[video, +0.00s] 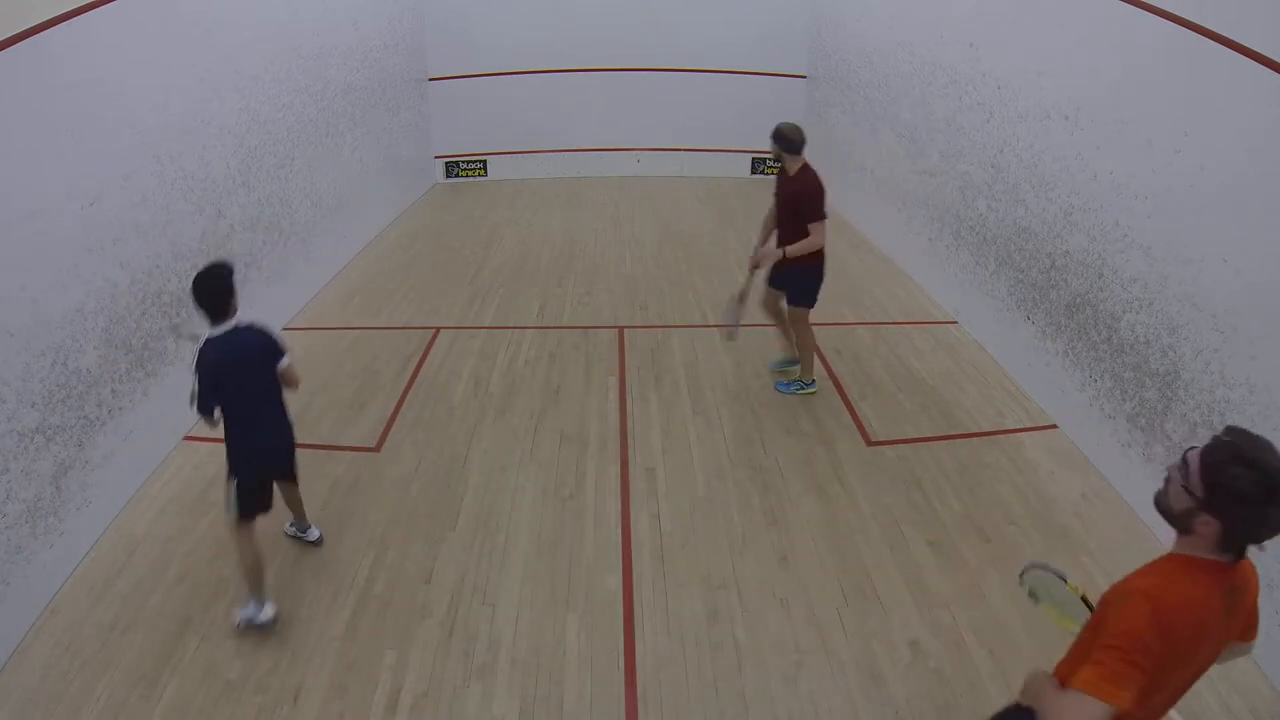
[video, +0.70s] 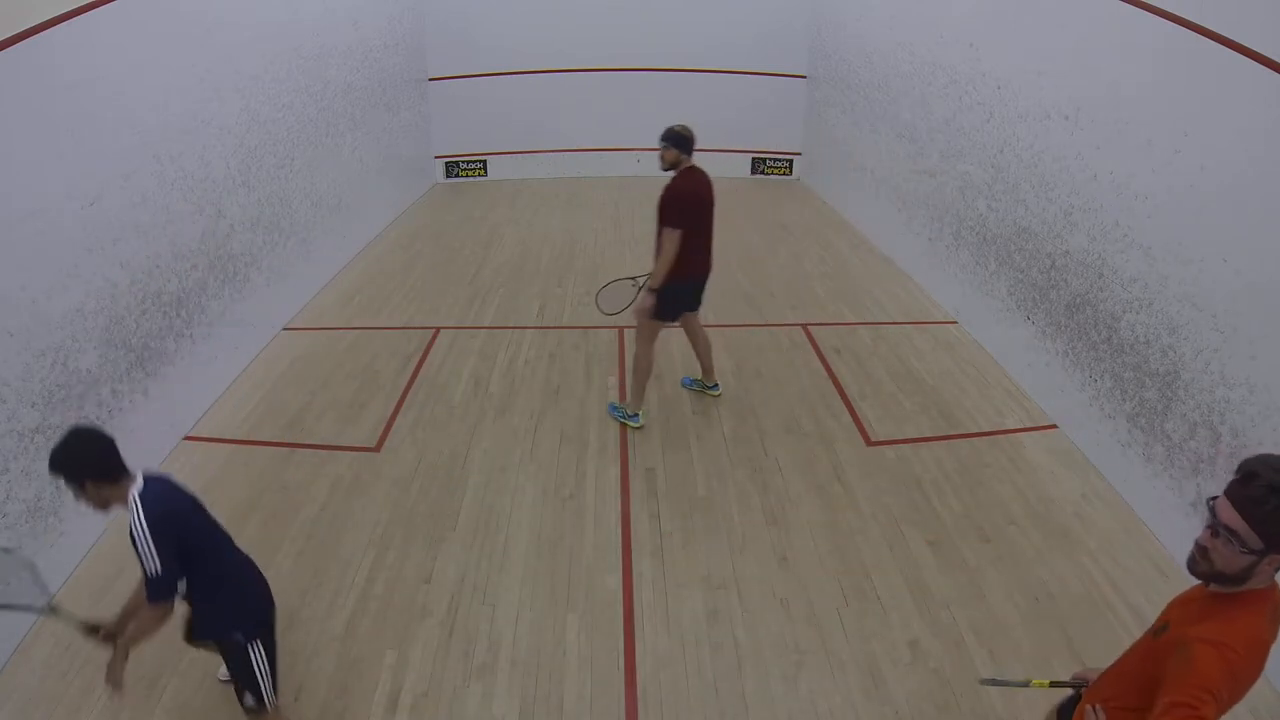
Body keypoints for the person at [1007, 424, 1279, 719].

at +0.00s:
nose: (1172, 465)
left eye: (1185, 473)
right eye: (1185, 459)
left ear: (1206, 524)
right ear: (1210, 526)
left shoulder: (1146, 599)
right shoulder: (1240, 576)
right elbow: (1236, 645)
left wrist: (1040, 691)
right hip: (1139, 710)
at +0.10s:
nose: (1180, 475)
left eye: (1195, 481)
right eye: (1191, 465)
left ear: (1226, 528)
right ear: (1229, 530)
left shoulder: (1165, 604)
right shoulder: (1244, 577)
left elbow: (1127, 712)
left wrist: (1057, 716)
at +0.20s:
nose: (1185, 490)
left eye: (1203, 493)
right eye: (1196, 477)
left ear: (1241, 536)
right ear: (1242, 538)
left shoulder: (1186, 615)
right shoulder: (1247, 574)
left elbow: (1151, 708)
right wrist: (1087, 654)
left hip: (1070, 715)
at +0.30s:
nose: (1191, 504)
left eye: (1211, 508)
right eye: (1201, 490)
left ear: (1251, 546)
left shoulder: (1198, 630)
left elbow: (1168, 711)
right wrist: (1100, 676)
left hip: (1077, 717)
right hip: (1079, 705)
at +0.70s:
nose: (1204, 537)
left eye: (1230, 538)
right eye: (1212, 516)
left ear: (1271, 564)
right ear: (1213, 501)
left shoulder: (1212, 657)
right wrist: (1109, 678)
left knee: (1057, 709)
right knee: (1060, 708)